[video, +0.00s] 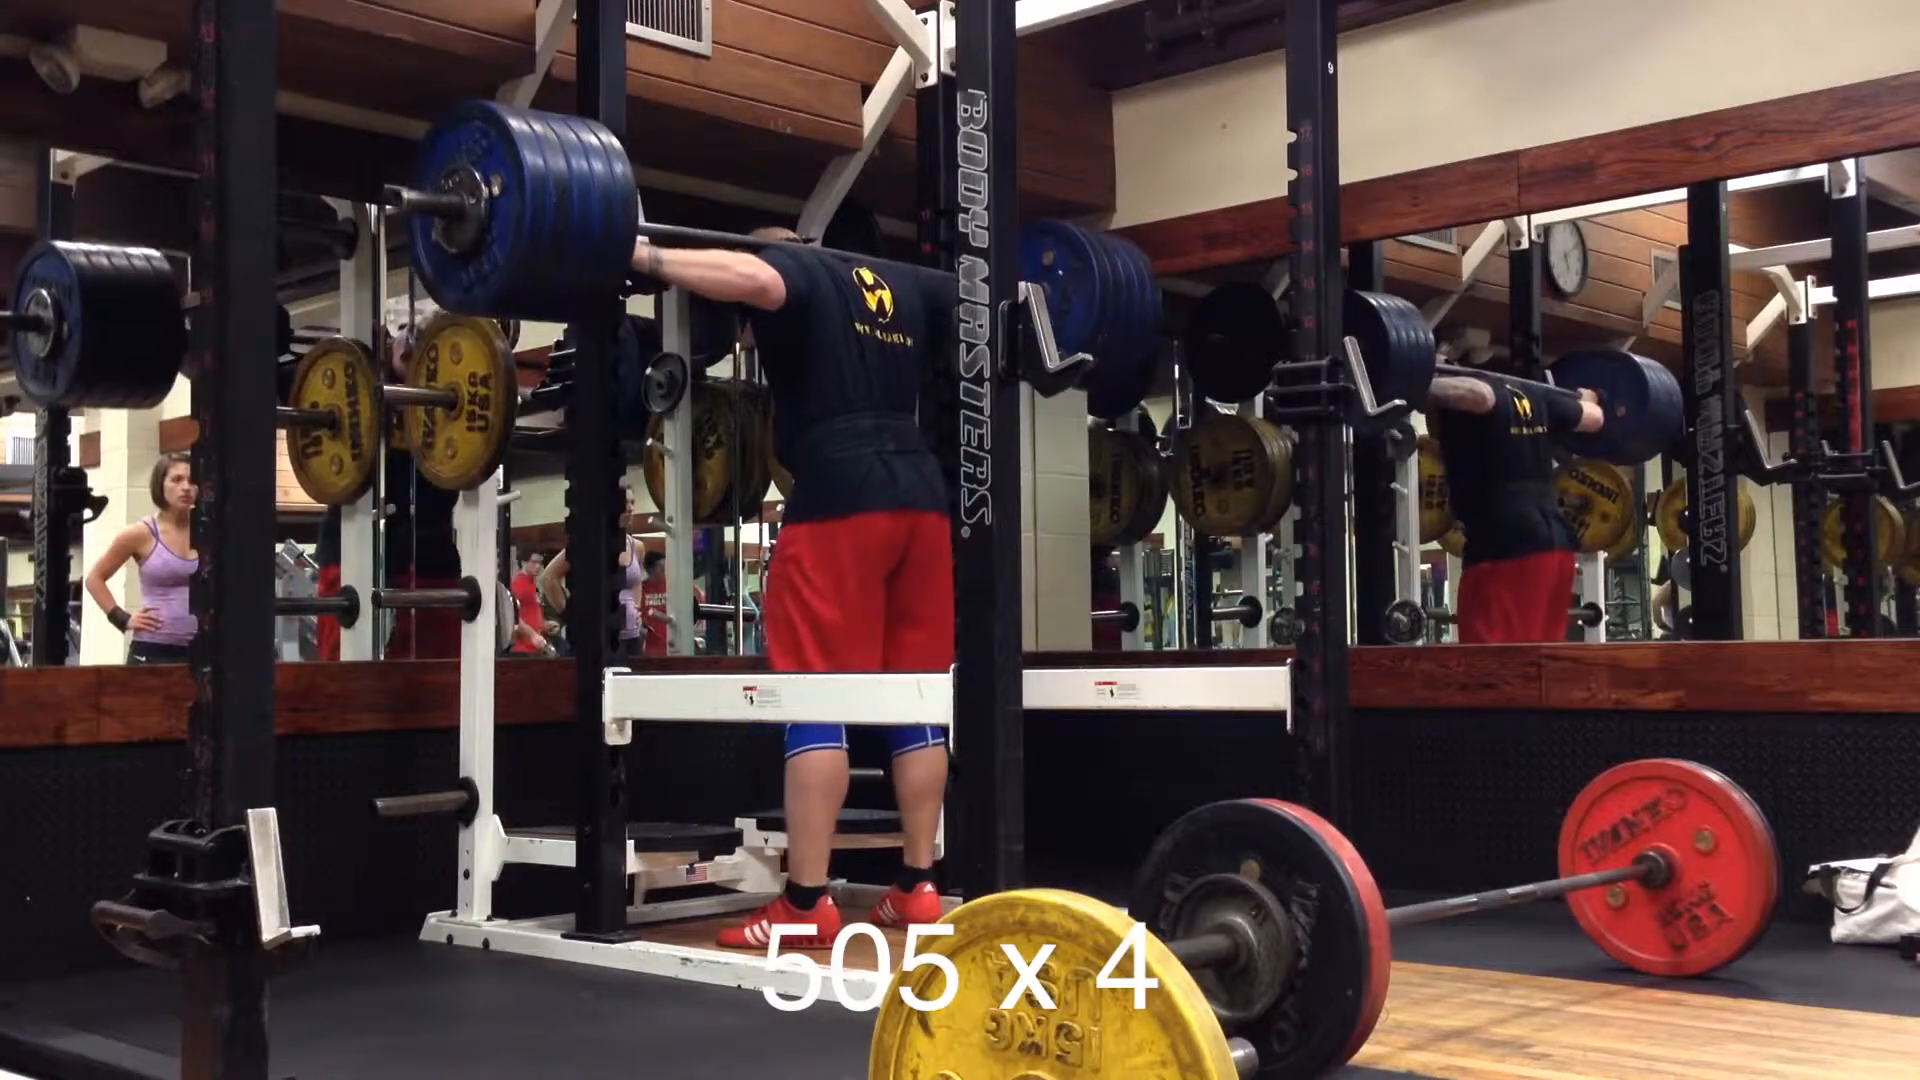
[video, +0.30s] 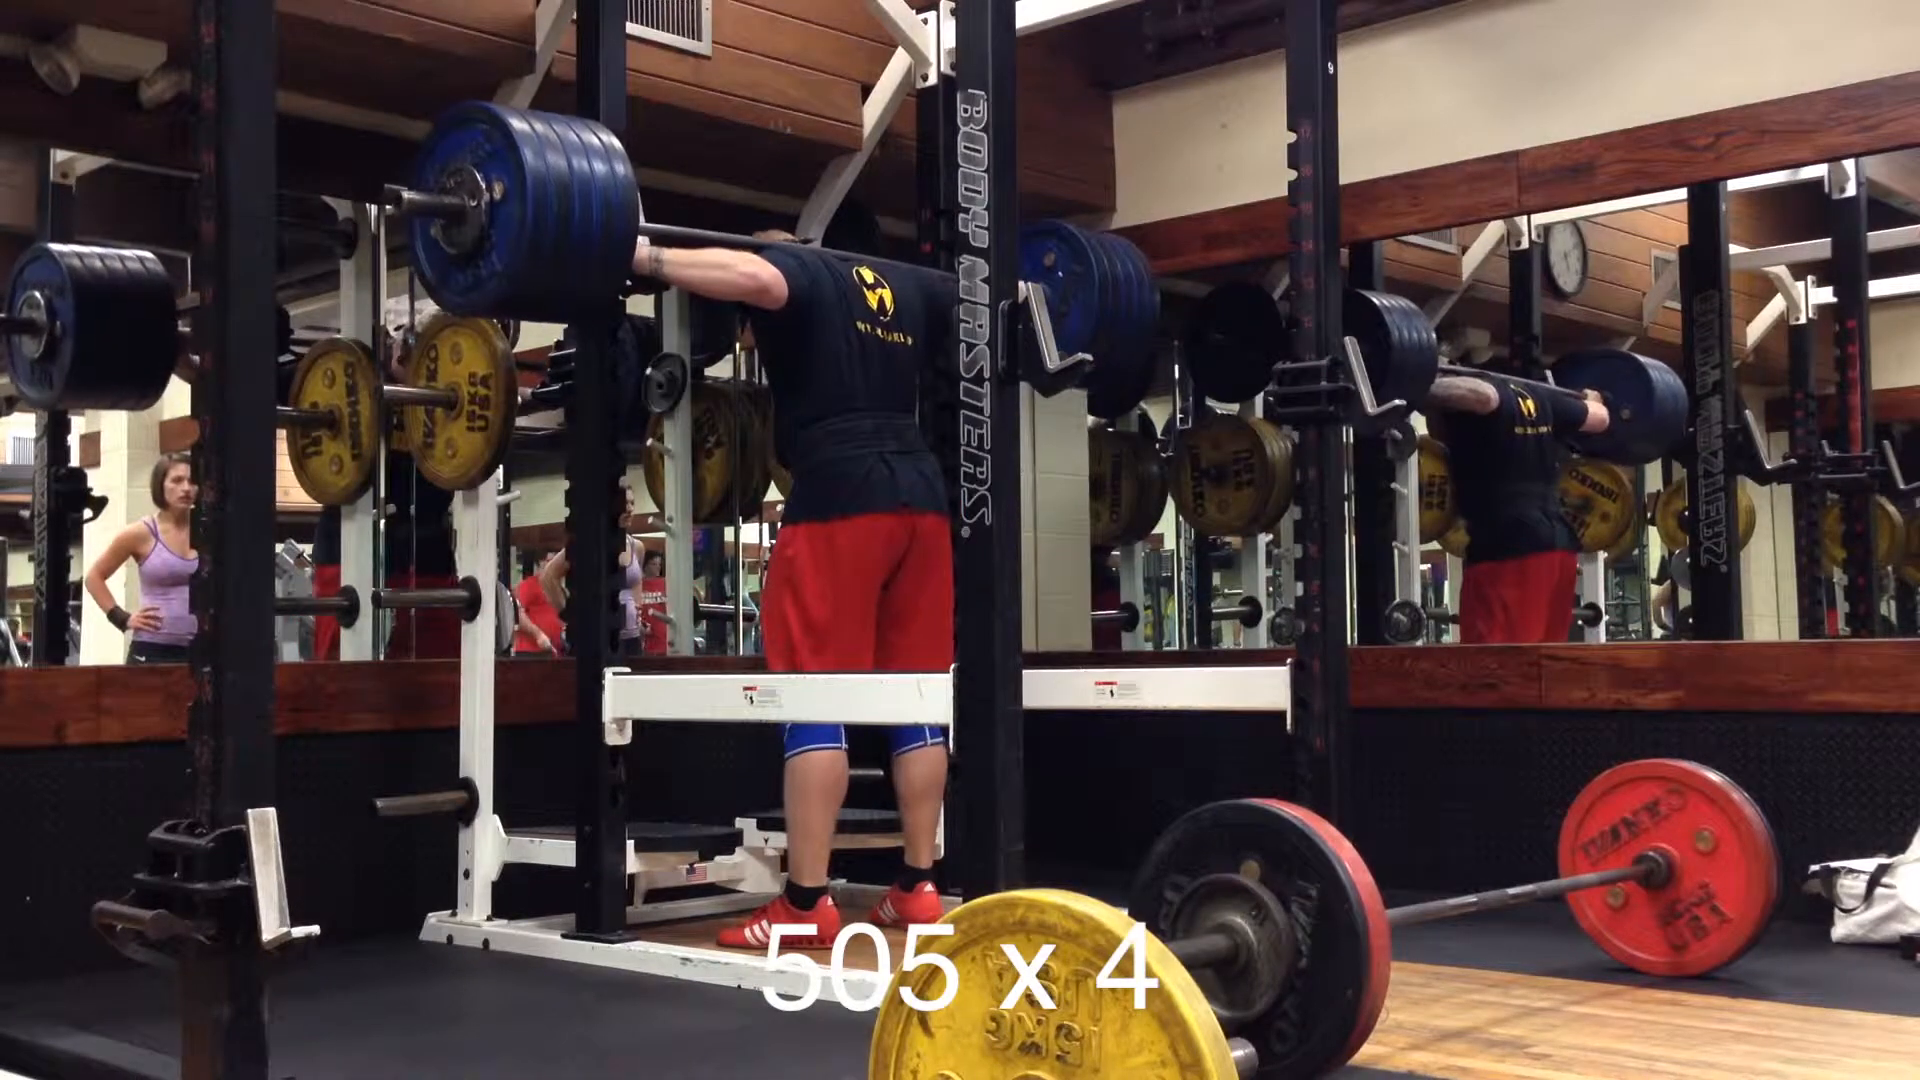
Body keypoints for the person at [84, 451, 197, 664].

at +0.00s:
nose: (186, 488)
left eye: (192, 480)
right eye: (177, 480)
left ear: (200, 487)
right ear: (160, 485)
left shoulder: (205, 529)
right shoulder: (140, 534)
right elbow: (94, 579)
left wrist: (212, 614)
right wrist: (123, 619)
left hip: (199, 647)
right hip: (153, 648)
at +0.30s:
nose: (186, 488)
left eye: (192, 481)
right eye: (177, 481)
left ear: (199, 487)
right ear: (160, 486)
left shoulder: (204, 529)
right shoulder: (140, 533)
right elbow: (94, 578)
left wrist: (212, 615)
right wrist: (122, 619)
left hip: (199, 647)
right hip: (153, 648)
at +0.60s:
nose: (186, 489)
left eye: (192, 482)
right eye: (177, 481)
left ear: (199, 487)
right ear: (160, 486)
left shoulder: (204, 529)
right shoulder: (140, 533)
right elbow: (94, 578)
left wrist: (212, 615)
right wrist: (123, 619)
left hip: (199, 647)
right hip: (153, 648)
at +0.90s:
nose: (186, 489)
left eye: (192, 482)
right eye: (177, 482)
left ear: (200, 488)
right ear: (160, 487)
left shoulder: (204, 530)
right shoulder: (140, 534)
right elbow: (94, 579)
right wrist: (123, 619)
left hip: (199, 648)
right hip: (153, 647)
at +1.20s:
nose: (185, 489)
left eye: (191, 481)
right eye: (176, 481)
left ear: (199, 487)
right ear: (159, 486)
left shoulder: (204, 528)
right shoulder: (140, 534)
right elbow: (93, 579)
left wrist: (212, 613)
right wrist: (123, 620)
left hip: (199, 647)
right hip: (153, 648)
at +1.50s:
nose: (185, 489)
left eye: (191, 482)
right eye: (176, 481)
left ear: (198, 487)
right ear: (159, 486)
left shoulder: (205, 528)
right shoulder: (140, 535)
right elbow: (93, 579)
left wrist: (213, 613)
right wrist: (123, 620)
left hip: (200, 647)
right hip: (153, 648)